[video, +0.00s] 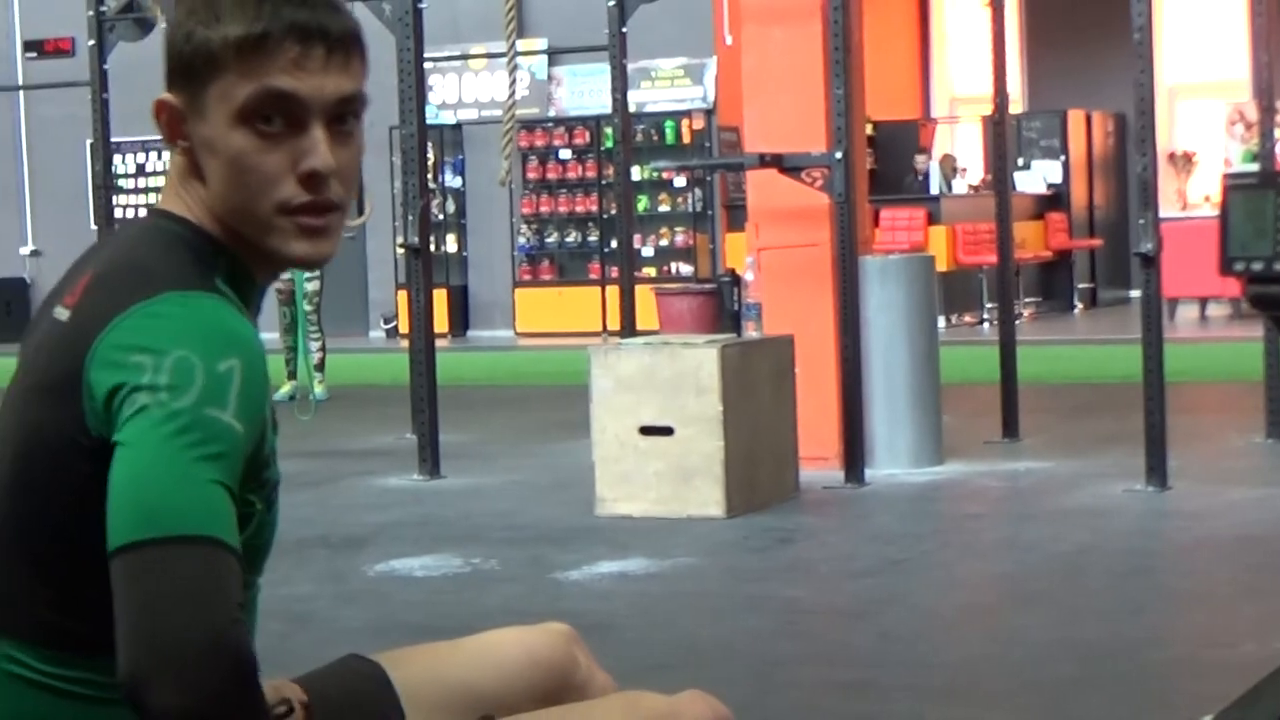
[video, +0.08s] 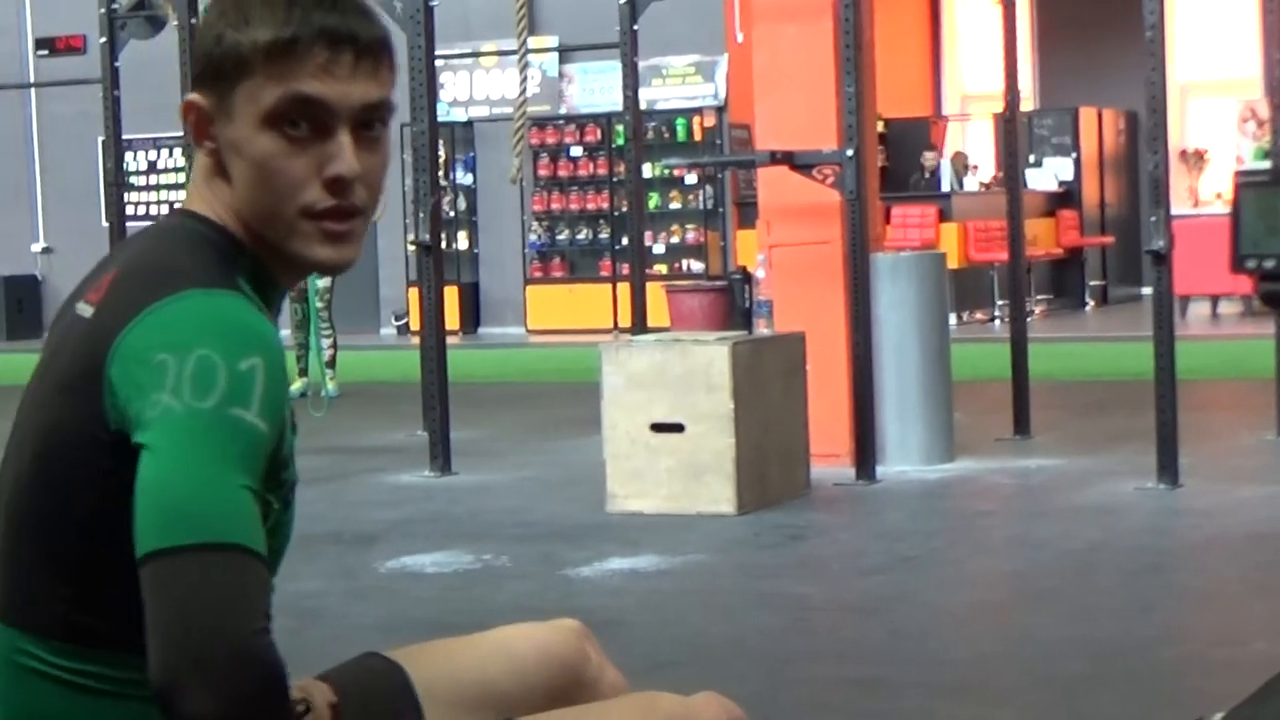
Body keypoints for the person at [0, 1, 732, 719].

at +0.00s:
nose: (322, 163)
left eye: (343, 121)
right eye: (273, 123)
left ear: (367, 128)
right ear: (179, 133)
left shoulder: (130, 268)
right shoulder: (190, 331)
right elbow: (183, 682)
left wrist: (237, 691)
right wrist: (269, 703)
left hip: (85, 691)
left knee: (553, 654)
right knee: (695, 708)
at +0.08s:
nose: (347, 170)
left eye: (370, 129)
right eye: (300, 128)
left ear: (393, 134)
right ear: (207, 133)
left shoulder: (169, 274)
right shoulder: (208, 325)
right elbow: (213, 679)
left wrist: (261, 695)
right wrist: (287, 708)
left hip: (108, 692)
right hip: (132, 718)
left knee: (566, 653)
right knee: (708, 711)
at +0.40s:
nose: (423, 114)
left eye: (446, 78)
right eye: (378, 70)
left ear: (466, 90)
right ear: (283, 74)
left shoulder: (247, 223)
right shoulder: (281, 261)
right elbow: (296, 617)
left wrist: (343, 665)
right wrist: (367, 712)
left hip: (201, 670)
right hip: (221, 703)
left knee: (603, 583)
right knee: (745, 661)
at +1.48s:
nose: (467, 130)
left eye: (485, 95)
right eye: (429, 95)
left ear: (504, 100)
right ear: (349, 103)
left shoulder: (342, 230)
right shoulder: (342, 256)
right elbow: (357, 545)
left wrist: (397, 610)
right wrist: (433, 665)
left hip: (298, 629)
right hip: (301, 684)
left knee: (631, 547)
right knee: (744, 603)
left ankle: (810, 716)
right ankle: (891, 718)